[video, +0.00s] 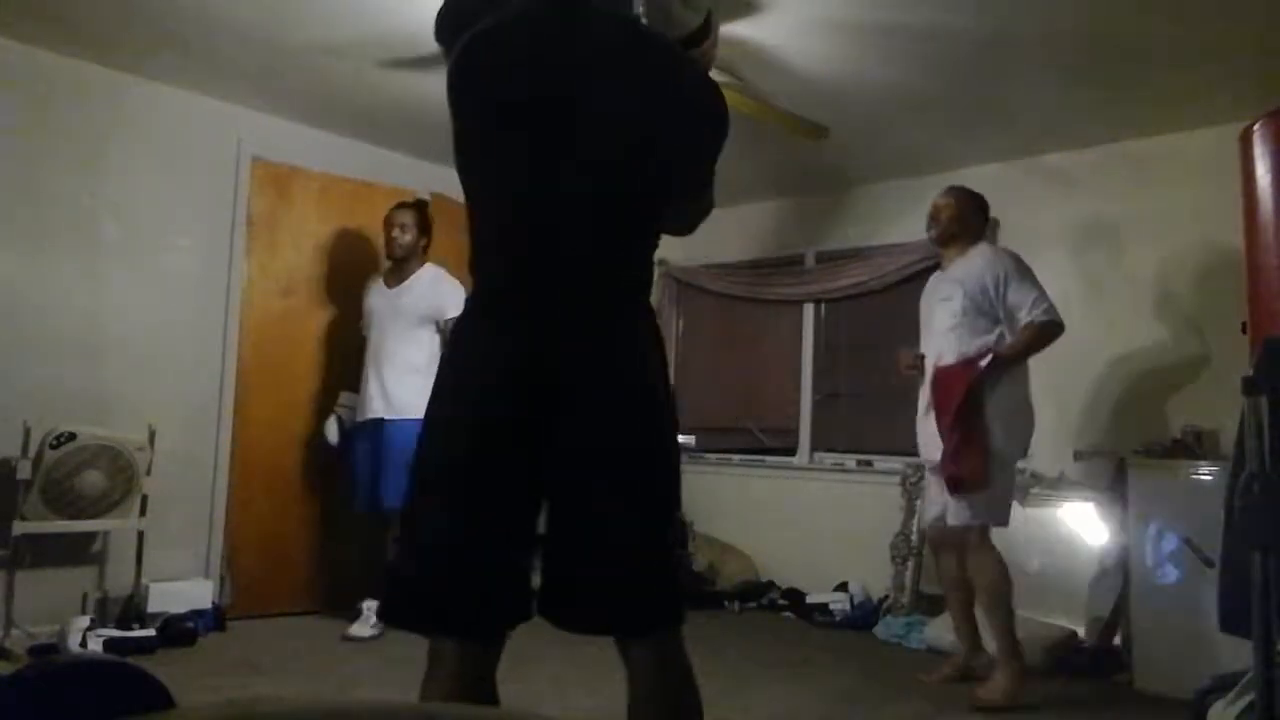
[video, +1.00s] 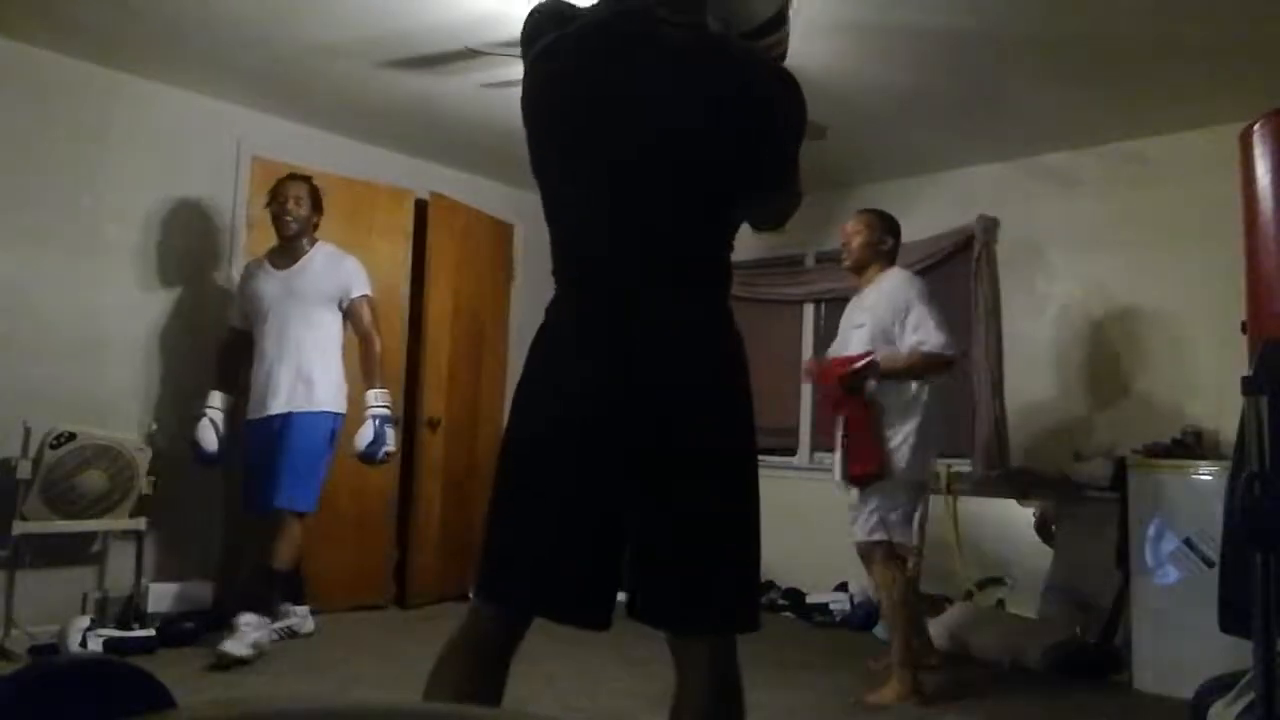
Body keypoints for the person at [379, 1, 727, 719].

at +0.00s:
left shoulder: (479, 58)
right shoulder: (676, 82)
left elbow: (455, 15)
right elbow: (682, 211)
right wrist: (688, 74)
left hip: (493, 362)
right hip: (614, 368)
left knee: (461, 640)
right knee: (650, 635)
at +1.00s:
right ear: (708, 3)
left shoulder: (554, 60)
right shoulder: (751, 84)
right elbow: (773, 208)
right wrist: (766, 82)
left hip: (574, 358)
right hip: (694, 367)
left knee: (493, 617)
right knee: (704, 645)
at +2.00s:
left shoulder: (406, 51)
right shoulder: (583, 37)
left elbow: (427, 240)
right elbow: (659, 203)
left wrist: (588, 309)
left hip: (436, 373)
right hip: (564, 375)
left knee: (409, 639)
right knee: (617, 642)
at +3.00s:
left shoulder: (585, 65)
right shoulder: (799, 70)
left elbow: (568, 244)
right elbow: (881, 236)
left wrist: (652, 292)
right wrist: (768, 219)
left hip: (603, 354)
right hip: (723, 359)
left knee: (527, 611)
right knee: (707, 634)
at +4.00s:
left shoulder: (548, 41)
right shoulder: (757, 61)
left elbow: (566, 219)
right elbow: (842, 222)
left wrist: (722, 258)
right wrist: (750, 168)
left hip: (568, 359)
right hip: (692, 365)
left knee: (513, 627)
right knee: (691, 642)